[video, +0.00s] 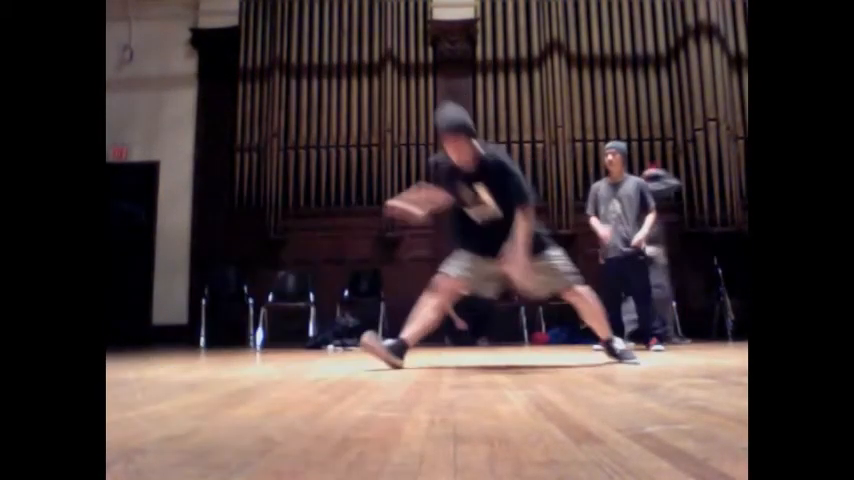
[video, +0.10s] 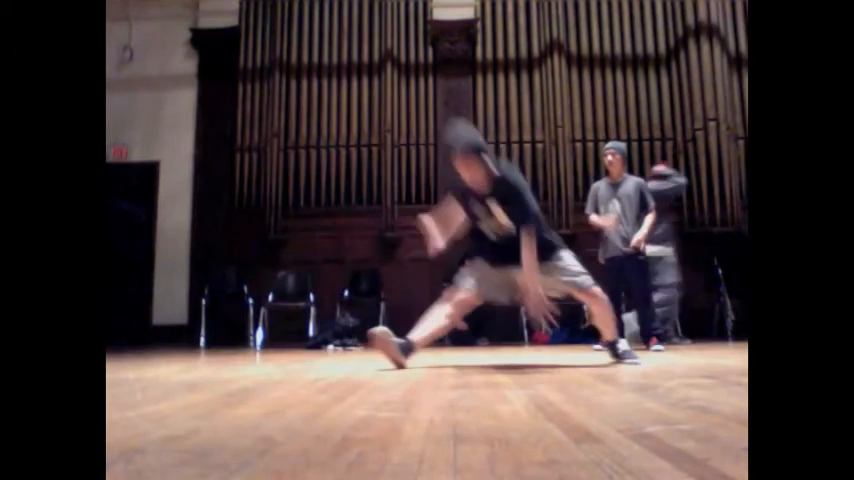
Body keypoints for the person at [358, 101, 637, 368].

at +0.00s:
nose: (458, 150)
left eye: (462, 141)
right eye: (451, 144)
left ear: (472, 138)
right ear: (442, 145)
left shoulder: (497, 164)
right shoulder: (441, 169)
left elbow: (525, 208)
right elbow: (441, 198)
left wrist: (519, 256)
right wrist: (418, 207)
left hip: (525, 244)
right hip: (477, 250)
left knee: (576, 291)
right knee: (440, 290)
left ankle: (611, 342)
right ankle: (400, 346)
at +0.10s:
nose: (468, 172)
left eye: (472, 163)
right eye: (461, 166)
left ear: (484, 158)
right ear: (455, 167)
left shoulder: (509, 182)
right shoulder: (461, 188)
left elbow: (529, 231)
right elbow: (452, 215)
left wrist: (531, 285)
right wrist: (439, 233)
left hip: (543, 254)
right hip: (494, 258)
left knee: (595, 296)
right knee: (456, 300)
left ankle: (613, 342)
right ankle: (408, 345)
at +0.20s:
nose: (480, 196)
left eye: (484, 188)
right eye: (474, 190)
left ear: (498, 183)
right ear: (469, 190)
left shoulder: (524, 207)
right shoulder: (476, 212)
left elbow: (532, 267)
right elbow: (461, 244)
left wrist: (539, 323)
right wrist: (447, 256)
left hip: (552, 264)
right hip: (504, 267)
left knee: (597, 301)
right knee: (462, 302)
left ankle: (618, 345)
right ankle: (413, 347)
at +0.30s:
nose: (511, 238)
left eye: (516, 232)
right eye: (505, 232)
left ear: (529, 227)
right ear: (496, 227)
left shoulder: (540, 242)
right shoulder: (486, 231)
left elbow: (526, 287)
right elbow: (464, 271)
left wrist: (520, 339)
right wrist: (496, 293)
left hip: (528, 273)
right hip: (478, 270)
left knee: (574, 301)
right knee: (443, 288)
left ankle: (619, 347)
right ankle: (410, 347)